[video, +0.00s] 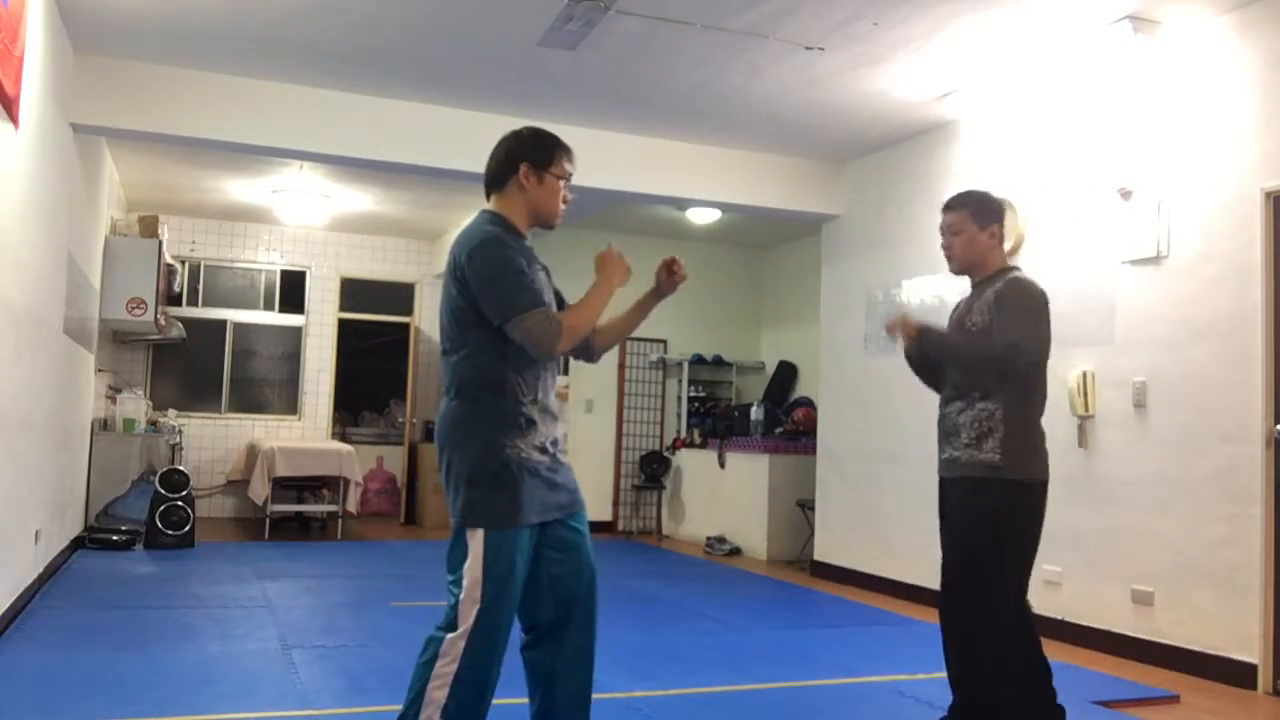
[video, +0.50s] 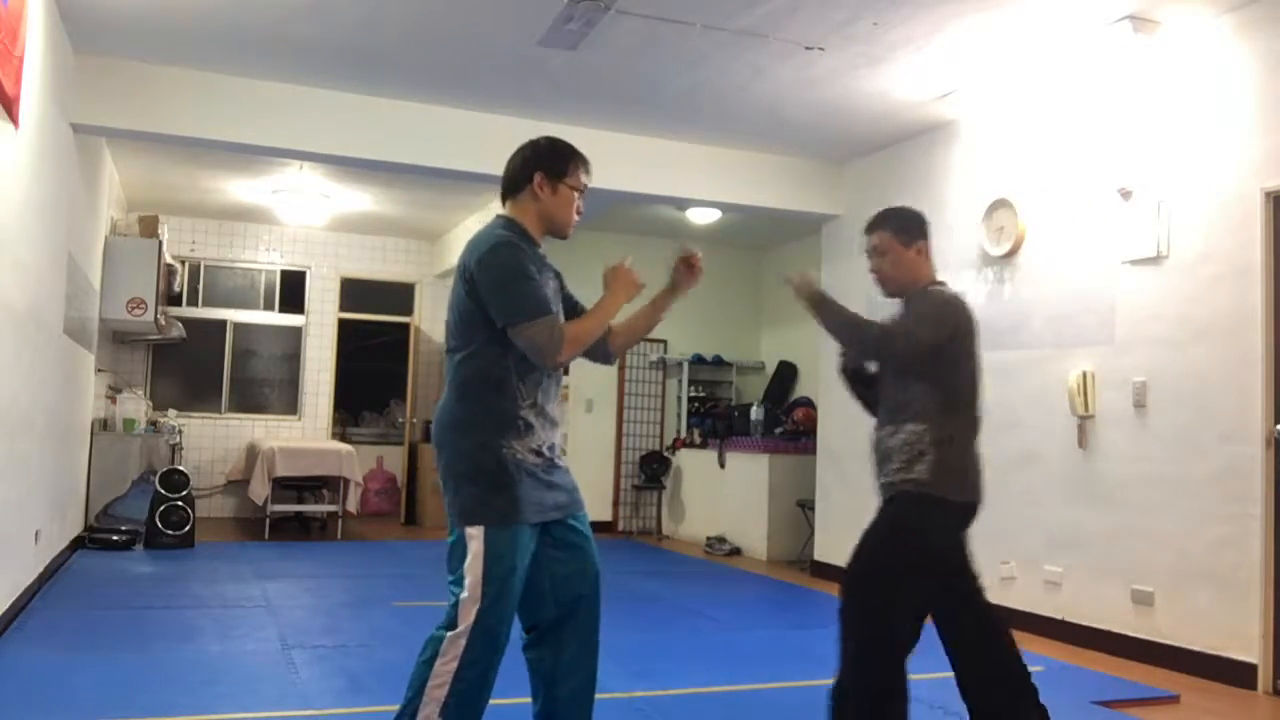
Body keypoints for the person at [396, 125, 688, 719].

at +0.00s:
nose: (569, 194)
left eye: (570, 183)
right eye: (562, 179)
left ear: (527, 180)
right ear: (526, 176)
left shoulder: (527, 258)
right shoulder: (489, 243)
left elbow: (589, 343)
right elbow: (548, 336)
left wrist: (652, 296)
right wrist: (607, 284)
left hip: (543, 458)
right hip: (494, 458)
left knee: (567, 606)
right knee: (476, 623)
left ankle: (562, 715)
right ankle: (431, 715)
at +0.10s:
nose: (571, 194)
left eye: (572, 183)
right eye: (564, 179)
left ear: (529, 180)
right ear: (527, 176)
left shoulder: (529, 259)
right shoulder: (491, 245)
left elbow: (591, 345)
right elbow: (547, 342)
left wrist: (656, 300)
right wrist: (608, 293)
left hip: (544, 460)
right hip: (494, 460)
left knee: (569, 605)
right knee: (477, 622)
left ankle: (563, 715)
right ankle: (431, 715)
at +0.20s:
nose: (575, 196)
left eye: (577, 185)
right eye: (569, 181)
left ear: (532, 182)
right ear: (532, 177)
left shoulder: (532, 260)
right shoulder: (494, 244)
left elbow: (592, 347)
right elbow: (548, 343)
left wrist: (654, 298)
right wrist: (606, 288)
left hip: (545, 461)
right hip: (494, 461)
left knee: (570, 607)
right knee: (477, 622)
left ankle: (563, 715)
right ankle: (430, 715)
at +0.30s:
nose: (578, 197)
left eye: (579, 186)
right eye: (571, 183)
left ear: (536, 183)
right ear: (535, 178)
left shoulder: (536, 261)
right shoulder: (496, 245)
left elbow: (603, 341)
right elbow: (554, 339)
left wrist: (667, 290)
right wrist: (615, 287)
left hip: (544, 457)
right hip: (495, 458)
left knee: (571, 604)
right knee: (479, 620)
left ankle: (563, 715)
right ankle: (429, 716)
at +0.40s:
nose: (581, 199)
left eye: (582, 188)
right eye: (574, 184)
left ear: (539, 184)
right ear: (538, 180)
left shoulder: (540, 263)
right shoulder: (499, 247)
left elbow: (606, 342)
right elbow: (554, 342)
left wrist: (673, 296)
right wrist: (615, 290)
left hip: (546, 459)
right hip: (496, 460)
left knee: (572, 602)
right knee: (481, 620)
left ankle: (563, 715)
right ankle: (430, 716)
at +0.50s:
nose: (583, 204)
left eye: (585, 194)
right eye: (577, 190)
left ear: (540, 189)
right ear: (540, 184)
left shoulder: (540, 267)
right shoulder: (500, 249)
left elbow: (608, 344)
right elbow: (551, 347)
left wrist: (670, 292)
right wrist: (613, 296)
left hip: (541, 459)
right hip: (491, 460)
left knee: (571, 601)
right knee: (480, 619)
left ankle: (564, 715)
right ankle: (427, 716)